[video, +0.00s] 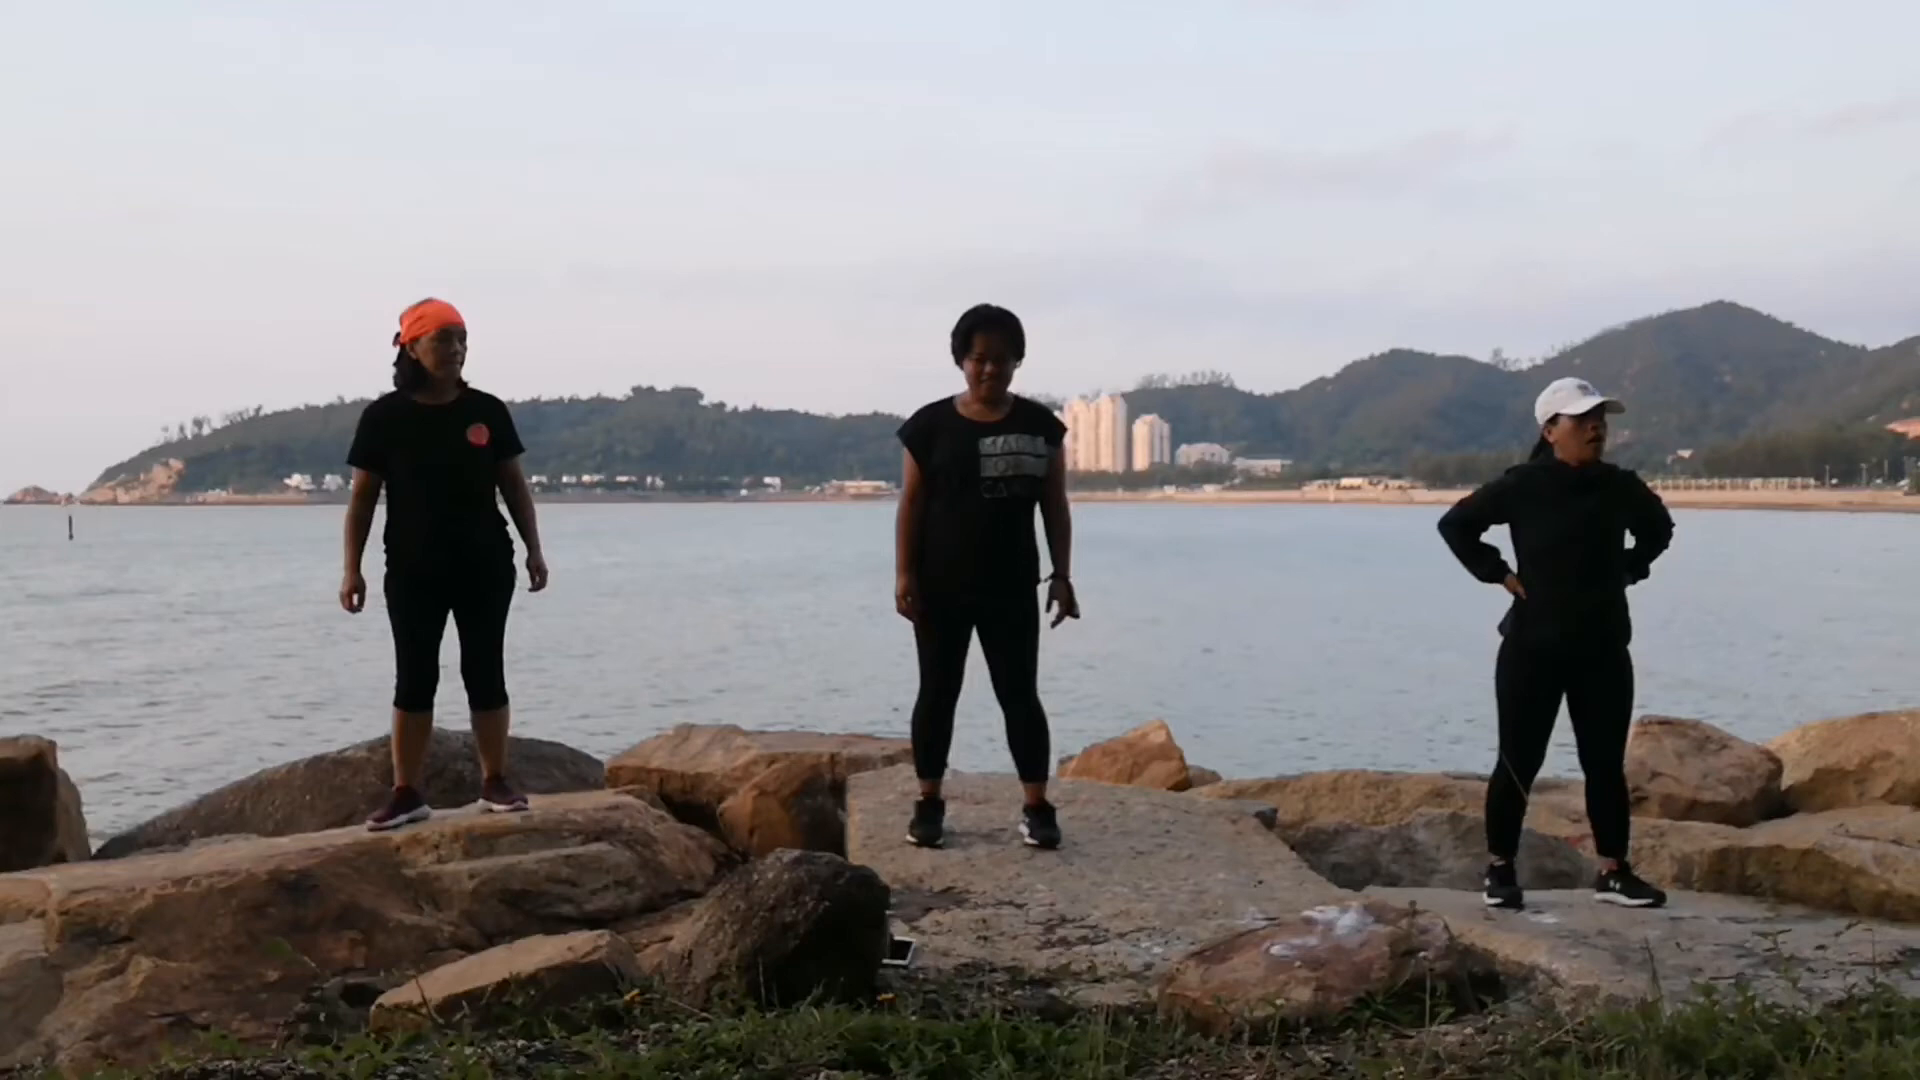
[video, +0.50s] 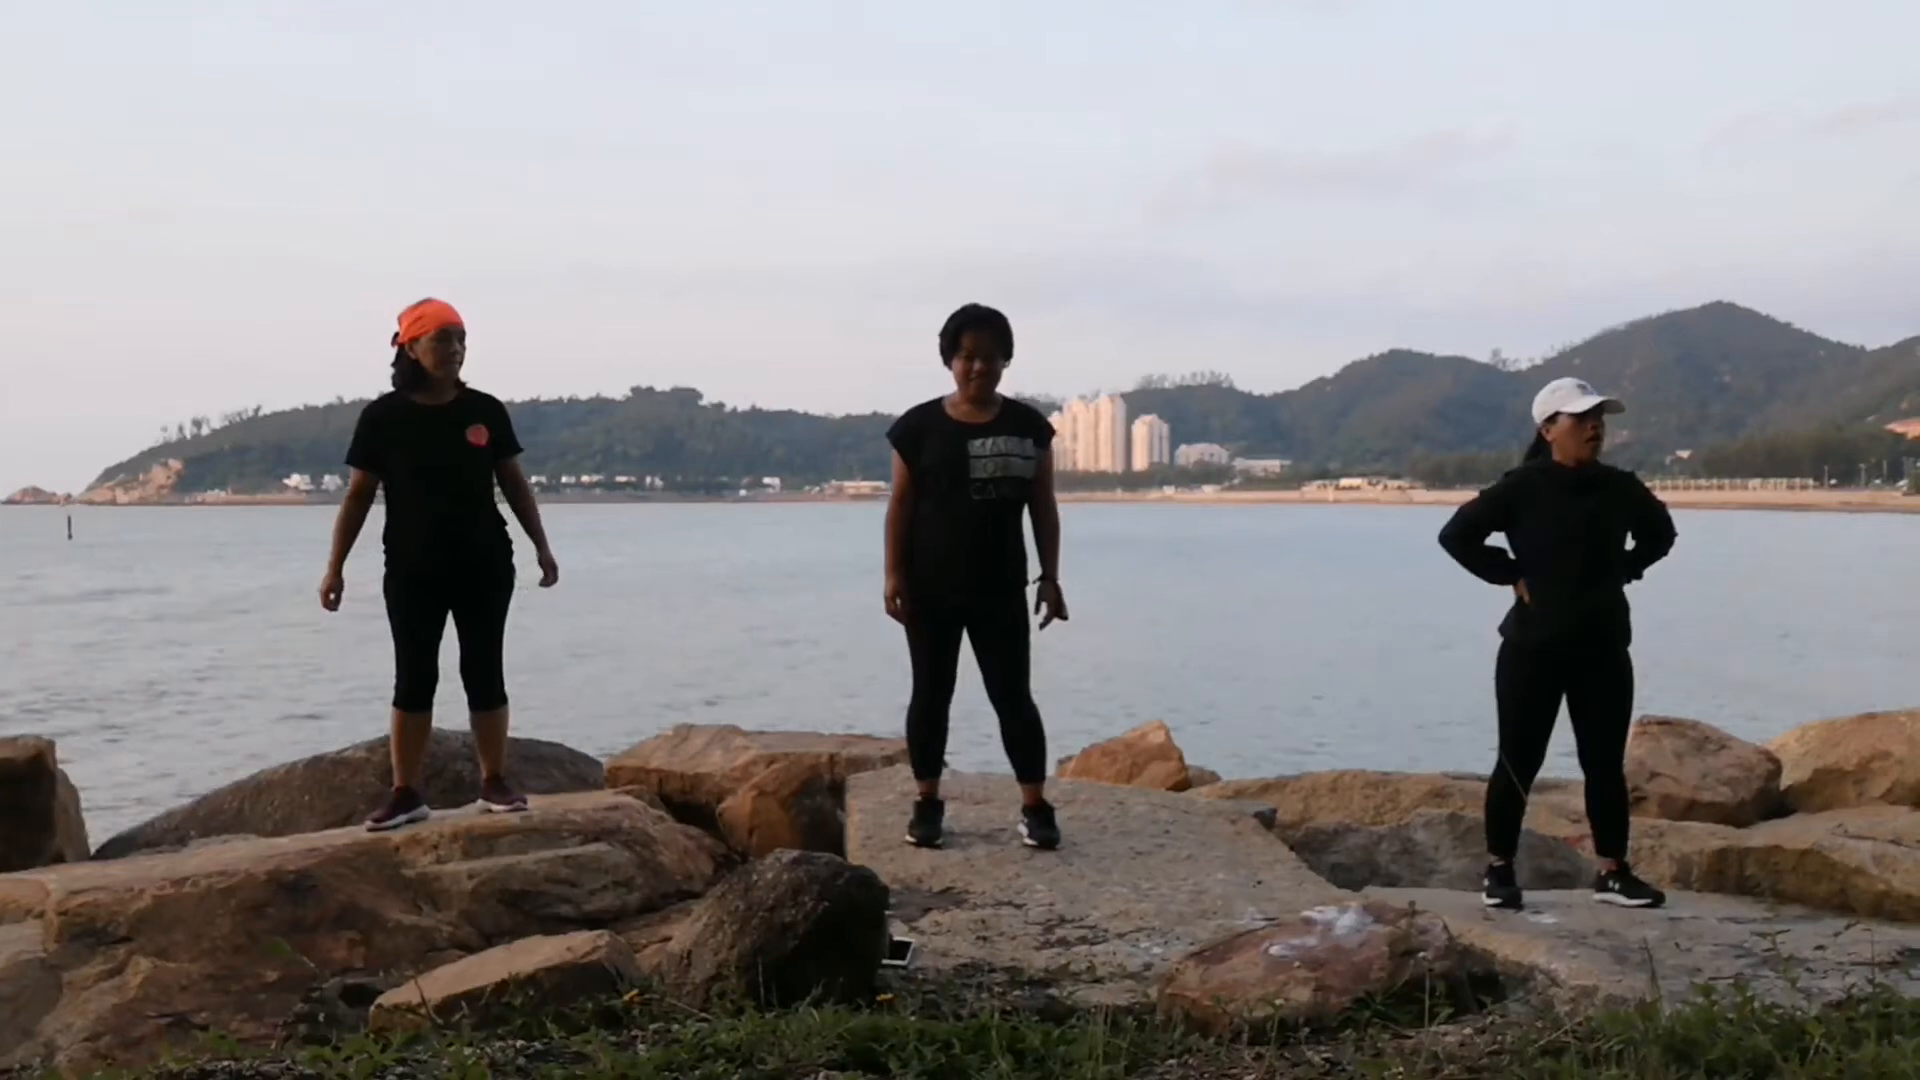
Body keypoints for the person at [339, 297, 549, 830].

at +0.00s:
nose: (454, 347)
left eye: (459, 338)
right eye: (442, 338)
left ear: (466, 345)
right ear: (412, 348)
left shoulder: (488, 411)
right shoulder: (383, 416)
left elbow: (514, 485)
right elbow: (363, 497)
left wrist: (533, 549)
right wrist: (351, 569)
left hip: (484, 567)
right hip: (413, 571)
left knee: (486, 675)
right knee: (414, 682)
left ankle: (495, 782)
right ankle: (405, 791)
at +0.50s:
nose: (453, 346)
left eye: (458, 337)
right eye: (441, 339)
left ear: (465, 345)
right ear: (411, 349)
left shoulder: (486, 411)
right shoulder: (381, 417)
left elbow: (514, 483)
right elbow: (358, 496)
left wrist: (542, 544)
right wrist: (334, 567)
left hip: (483, 567)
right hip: (413, 571)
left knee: (485, 676)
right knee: (413, 683)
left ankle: (494, 783)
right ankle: (405, 792)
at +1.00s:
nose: (446, 348)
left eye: (452, 338)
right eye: (433, 340)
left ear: (461, 346)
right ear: (407, 349)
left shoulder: (485, 412)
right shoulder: (381, 419)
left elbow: (513, 487)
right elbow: (366, 503)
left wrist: (513, 542)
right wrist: (385, 565)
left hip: (481, 569)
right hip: (414, 574)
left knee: (485, 678)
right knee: (413, 685)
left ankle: (493, 783)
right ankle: (405, 792)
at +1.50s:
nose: (441, 348)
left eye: (450, 338)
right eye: (429, 339)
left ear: (462, 346)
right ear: (407, 350)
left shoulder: (488, 411)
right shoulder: (383, 417)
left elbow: (517, 480)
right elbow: (366, 493)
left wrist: (484, 505)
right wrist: (417, 513)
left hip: (482, 563)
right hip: (414, 566)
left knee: (483, 675)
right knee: (410, 681)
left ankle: (493, 783)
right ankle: (403, 792)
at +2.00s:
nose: (446, 348)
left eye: (455, 339)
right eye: (434, 339)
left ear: (468, 349)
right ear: (414, 348)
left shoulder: (490, 417)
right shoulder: (385, 417)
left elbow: (522, 484)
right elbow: (351, 492)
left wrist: (557, 545)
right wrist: (307, 558)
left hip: (480, 569)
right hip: (411, 571)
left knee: (482, 677)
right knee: (409, 683)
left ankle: (491, 784)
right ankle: (402, 793)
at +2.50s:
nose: (446, 348)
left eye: (454, 338)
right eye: (434, 339)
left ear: (465, 347)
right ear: (412, 349)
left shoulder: (490, 414)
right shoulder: (384, 416)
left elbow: (511, 484)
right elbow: (372, 493)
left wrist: (475, 517)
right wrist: (416, 531)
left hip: (479, 563)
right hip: (409, 565)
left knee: (480, 675)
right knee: (408, 680)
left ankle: (491, 783)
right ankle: (400, 793)